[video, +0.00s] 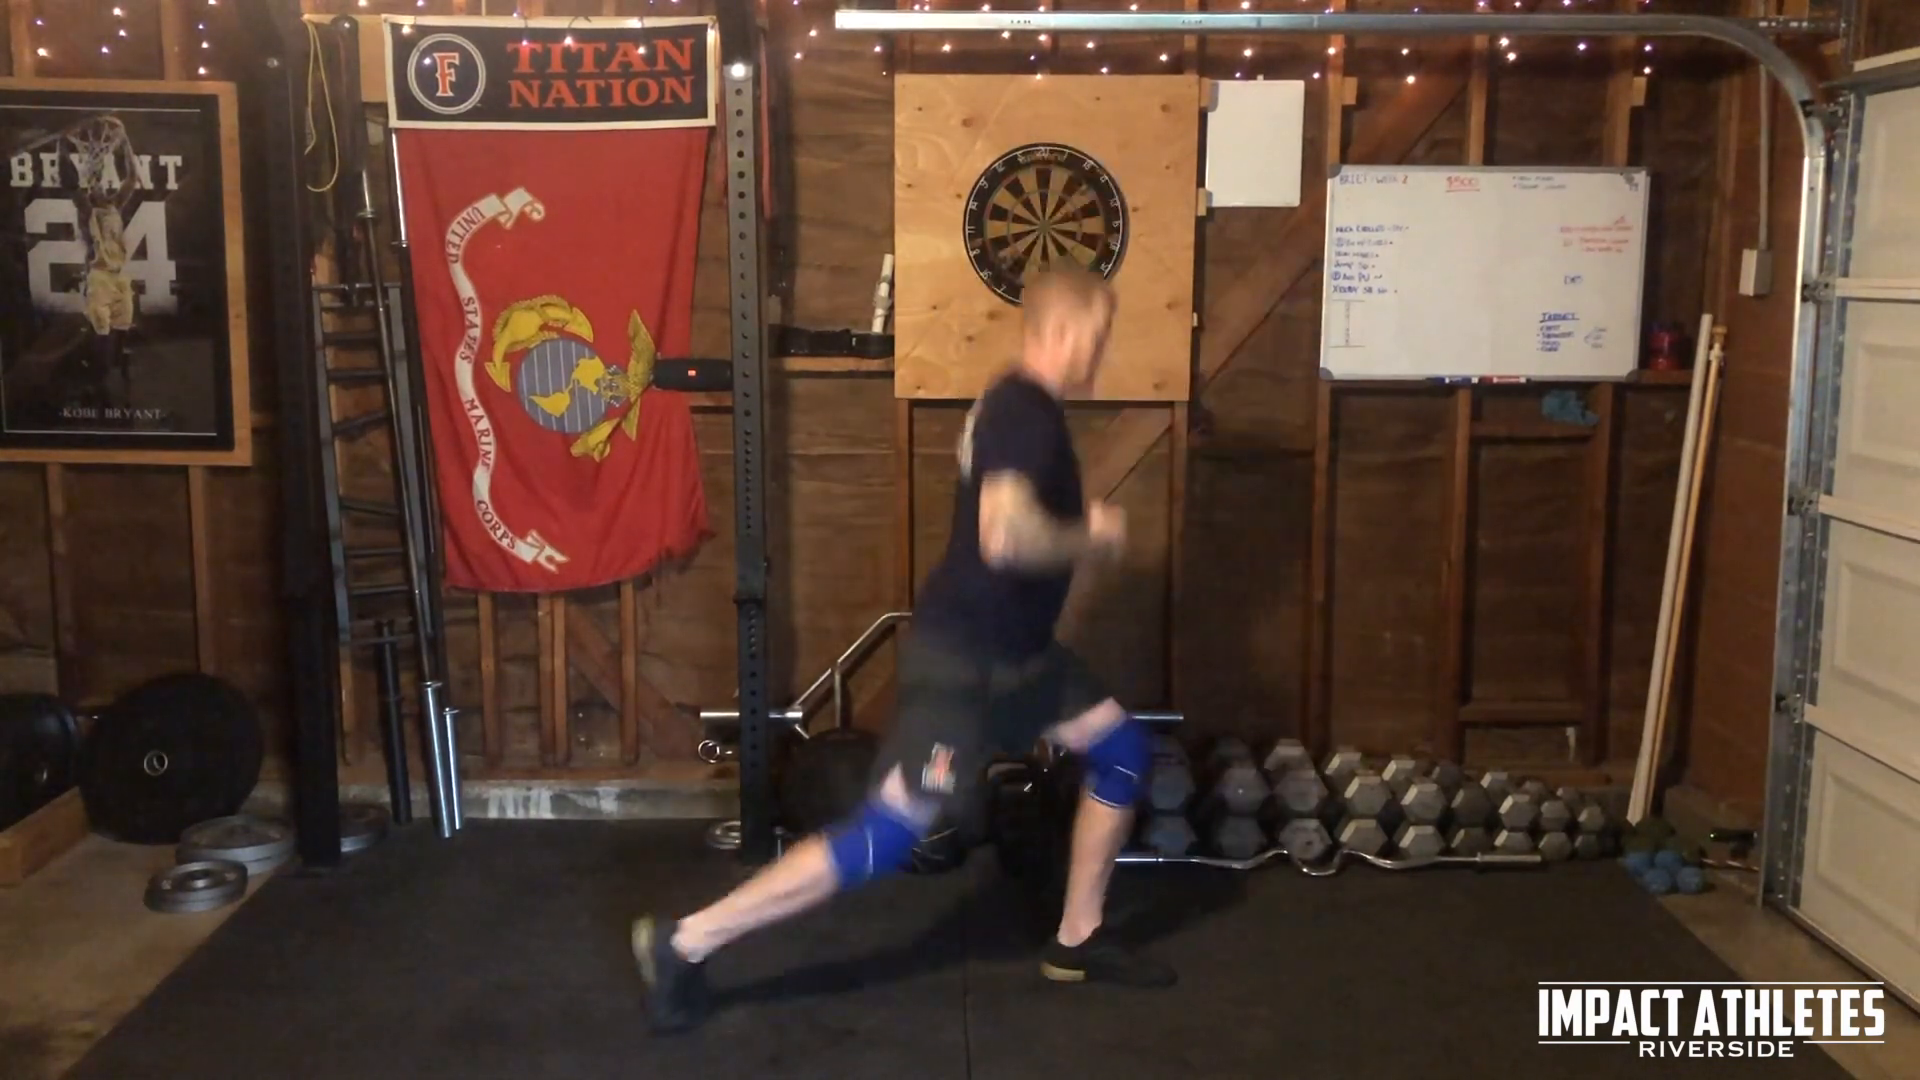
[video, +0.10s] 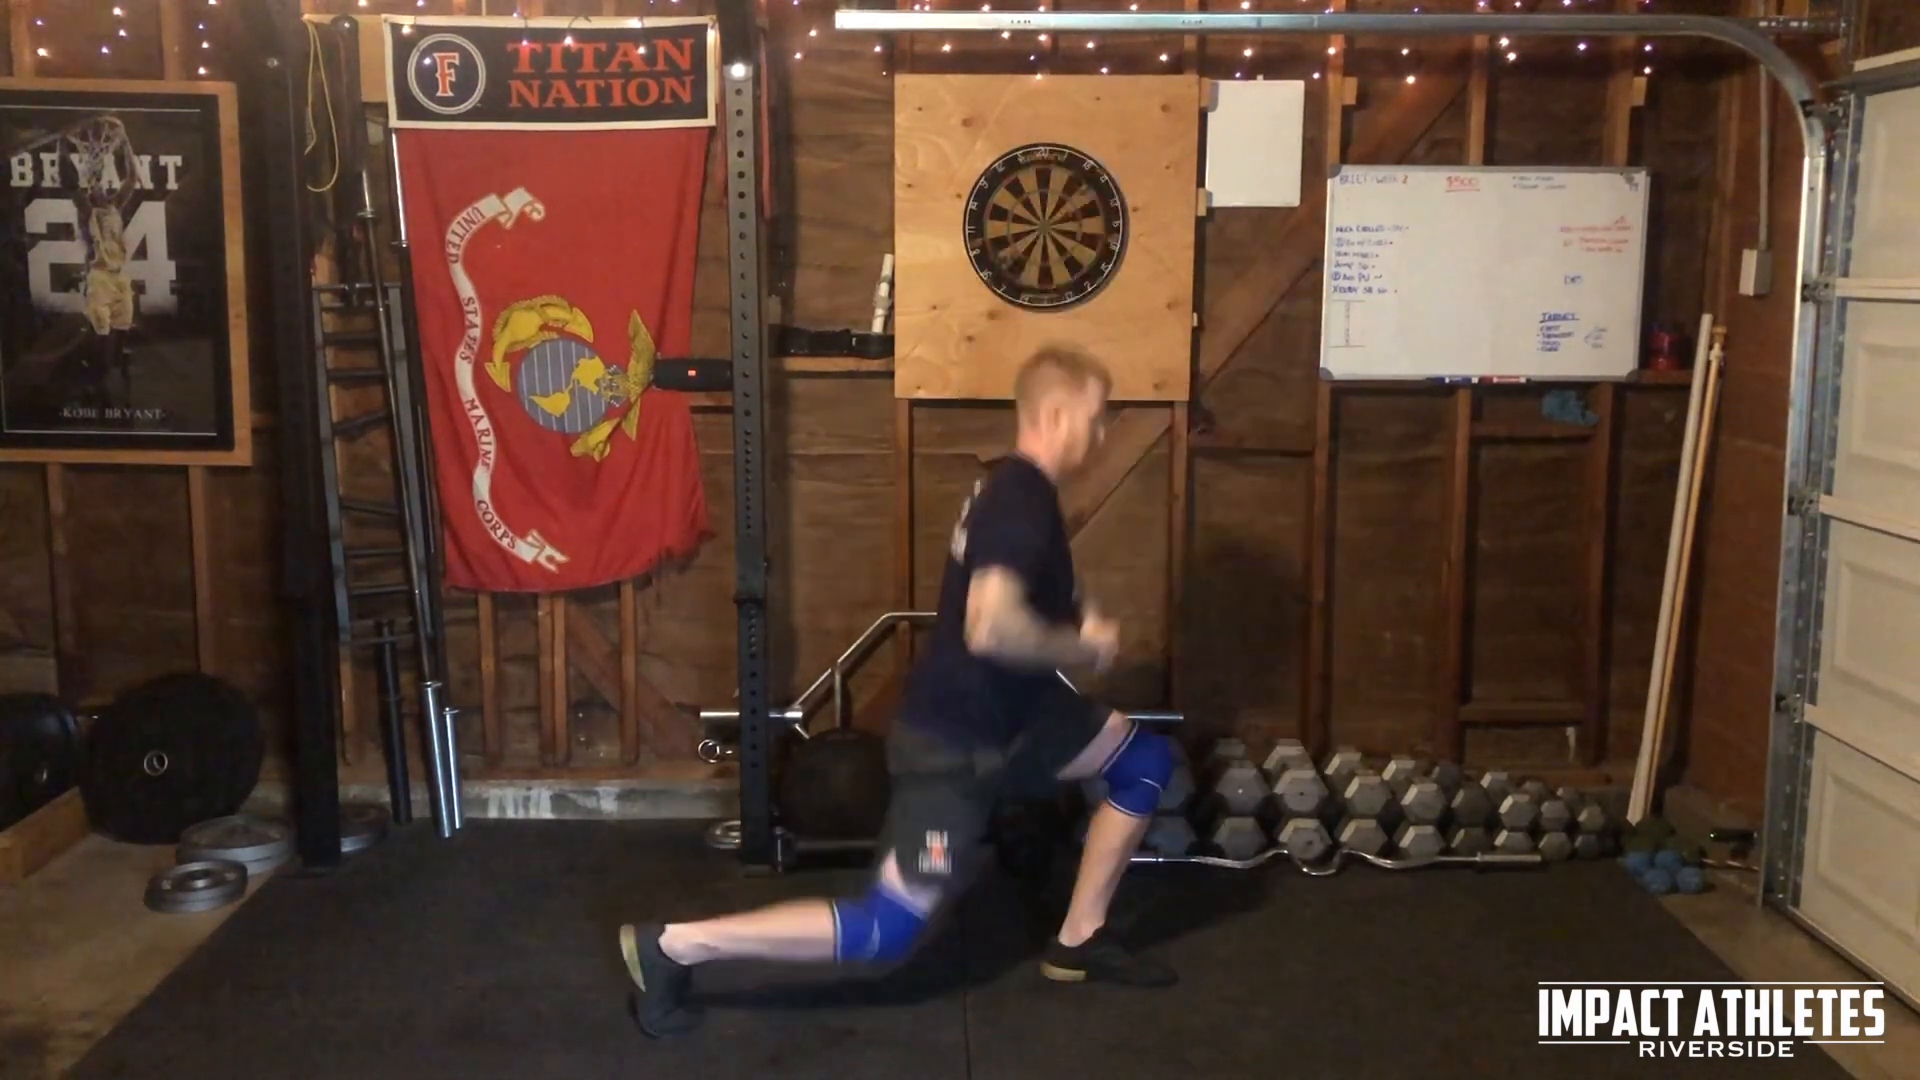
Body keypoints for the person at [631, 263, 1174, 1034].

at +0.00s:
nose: (1102, 349)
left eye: (1104, 334)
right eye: (1096, 333)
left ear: (1054, 329)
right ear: (1057, 330)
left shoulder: (1035, 409)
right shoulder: (1020, 409)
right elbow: (1005, 537)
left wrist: (1081, 539)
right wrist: (1090, 535)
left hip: (1020, 655)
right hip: (959, 657)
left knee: (1122, 751)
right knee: (890, 831)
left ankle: (1079, 937)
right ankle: (682, 942)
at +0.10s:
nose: (1102, 431)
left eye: (1103, 416)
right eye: (1096, 414)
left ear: (1046, 416)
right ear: (1052, 417)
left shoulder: (1018, 489)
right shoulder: (1019, 495)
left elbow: (1011, 607)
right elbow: (990, 626)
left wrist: (1076, 632)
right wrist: (1079, 646)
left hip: (1019, 711)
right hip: (953, 731)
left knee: (1146, 766)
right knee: (887, 929)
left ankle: (1079, 939)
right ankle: (669, 946)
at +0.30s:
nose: (1090, 495)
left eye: (1089, 481)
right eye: (1084, 480)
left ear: (1034, 482)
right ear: (1043, 481)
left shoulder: (1019, 554)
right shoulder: (1006, 564)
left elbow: (996, 674)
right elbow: (965, 698)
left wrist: (1058, 692)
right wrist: (1065, 720)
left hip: (1009, 768)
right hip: (948, 797)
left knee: (1148, 766)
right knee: (897, 995)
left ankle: (1079, 941)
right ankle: (687, 949)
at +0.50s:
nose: (1079, 411)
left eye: (1078, 395)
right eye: (1072, 395)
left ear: (1021, 399)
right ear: (1027, 399)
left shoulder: (1024, 475)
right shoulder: (1003, 481)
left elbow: (962, 542)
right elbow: (984, 598)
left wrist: (1060, 565)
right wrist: (1073, 588)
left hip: (1015, 698)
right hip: (947, 717)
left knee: (1136, 756)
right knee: (882, 902)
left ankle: (1080, 934)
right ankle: (663, 944)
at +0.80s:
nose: (1102, 222)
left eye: (1105, 205)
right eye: (1098, 203)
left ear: (1040, 193)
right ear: (1055, 192)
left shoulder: (1016, 267)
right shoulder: (1020, 264)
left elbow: (978, 372)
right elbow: (975, 370)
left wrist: (1050, 391)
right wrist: (1065, 401)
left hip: (951, 510)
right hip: (951, 515)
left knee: (969, 694)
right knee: (1000, 711)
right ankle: (890, 899)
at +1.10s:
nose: (1096, 406)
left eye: (1098, 391)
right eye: (1093, 390)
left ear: (1031, 382)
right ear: (1058, 387)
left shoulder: (986, 456)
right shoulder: (1016, 458)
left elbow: (971, 568)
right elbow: (993, 568)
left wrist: (1066, 581)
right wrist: (1091, 597)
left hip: (904, 689)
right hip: (950, 693)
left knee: (869, 866)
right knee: (1122, 783)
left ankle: (669, 904)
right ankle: (1069, 976)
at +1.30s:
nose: (1091, 497)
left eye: (1091, 482)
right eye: (1087, 481)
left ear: (1034, 478)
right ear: (1049, 478)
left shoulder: (985, 542)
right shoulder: (1014, 552)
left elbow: (983, 685)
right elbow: (999, 696)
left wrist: (1073, 717)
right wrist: (1095, 720)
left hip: (898, 773)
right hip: (942, 772)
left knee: (883, 944)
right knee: (1139, 790)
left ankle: (688, 900)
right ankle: (1069, 979)